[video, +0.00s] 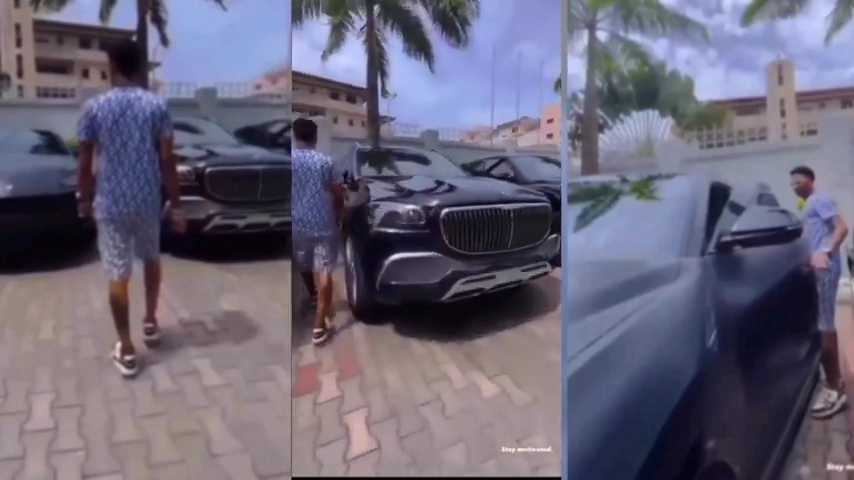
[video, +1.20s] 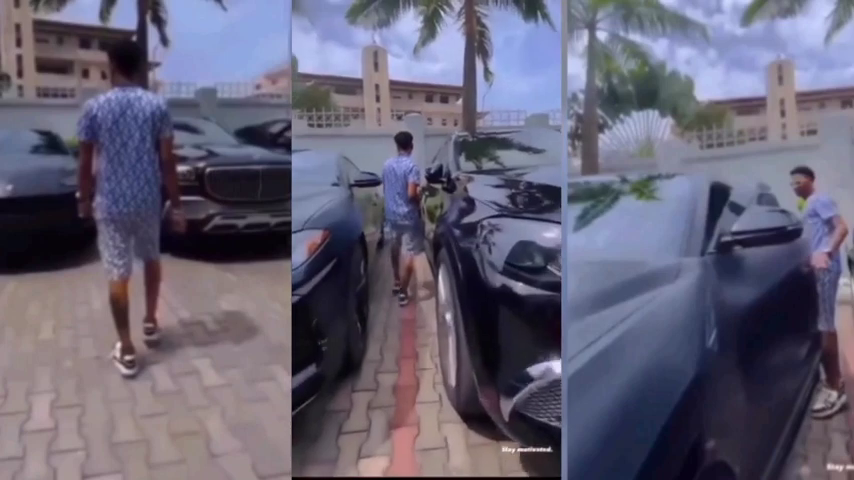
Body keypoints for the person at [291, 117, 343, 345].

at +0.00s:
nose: (300, 140)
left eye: (296, 136)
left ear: (295, 136)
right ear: (315, 136)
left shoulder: (289, 160)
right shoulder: (326, 162)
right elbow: (337, 191)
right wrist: (339, 215)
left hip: (298, 223)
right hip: (324, 223)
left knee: (305, 266)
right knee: (324, 271)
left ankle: (314, 296)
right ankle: (319, 326)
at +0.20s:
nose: (300, 137)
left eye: (297, 133)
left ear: (297, 135)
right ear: (317, 134)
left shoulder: (291, 158)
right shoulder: (328, 158)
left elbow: (289, 188)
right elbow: (339, 186)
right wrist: (338, 206)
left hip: (301, 217)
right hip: (327, 215)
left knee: (311, 261)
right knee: (336, 258)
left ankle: (321, 298)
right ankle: (329, 303)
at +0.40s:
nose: (323, 138)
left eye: (317, 134)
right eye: (328, 134)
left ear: (311, 135)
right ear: (331, 135)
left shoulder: (300, 159)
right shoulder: (340, 158)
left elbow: (298, 188)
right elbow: (348, 188)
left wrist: (305, 207)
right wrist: (350, 206)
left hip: (315, 214)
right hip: (340, 213)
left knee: (325, 259)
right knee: (350, 250)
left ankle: (334, 302)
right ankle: (349, 290)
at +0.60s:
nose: (346, 142)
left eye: (340, 138)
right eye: (348, 138)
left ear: (332, 139)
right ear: (350, 139)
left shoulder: (322, 162)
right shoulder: (358, 161)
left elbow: (322, 193)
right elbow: (364, 190)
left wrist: (329, 205)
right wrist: (374, 186)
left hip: (333, 213)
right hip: (356, 212)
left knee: (342, 258)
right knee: (361, 252)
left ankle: (350, 306)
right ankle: (363, 285)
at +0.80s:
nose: (367, 148)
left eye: (362, 144)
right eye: (370, 145)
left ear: (356, 145)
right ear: (373, 146)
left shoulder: (346, 167)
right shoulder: (377, 168)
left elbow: (345, 190)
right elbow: (381, 196)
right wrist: (390, 187)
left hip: (354, 215)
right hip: (374, 215)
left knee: (359, 258)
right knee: (376, 253)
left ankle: (364, 304)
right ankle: (373, 284)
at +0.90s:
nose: (380, 148)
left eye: (375, 144)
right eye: (382, 145)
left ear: (368, 146)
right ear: (384, 146)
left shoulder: (358, 166)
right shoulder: (386, 168)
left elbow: (358, 187)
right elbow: (388, 196)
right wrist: (399, 189)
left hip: (363, 214)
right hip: (382, 215)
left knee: (368, 254)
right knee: (385, 253)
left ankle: (370, 292)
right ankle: (381, 285)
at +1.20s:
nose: (411, 147)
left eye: (407, 145)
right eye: (411, 144)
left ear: (396, 146)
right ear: (411, 146)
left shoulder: (387, 165)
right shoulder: (411, 167)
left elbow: (384, 188)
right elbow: (411, 193)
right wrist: (419, 193)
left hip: (392, 214)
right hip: (409, 215)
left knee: (394, 248)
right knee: (409, 253)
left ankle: (396, 281)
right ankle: (403, 291)